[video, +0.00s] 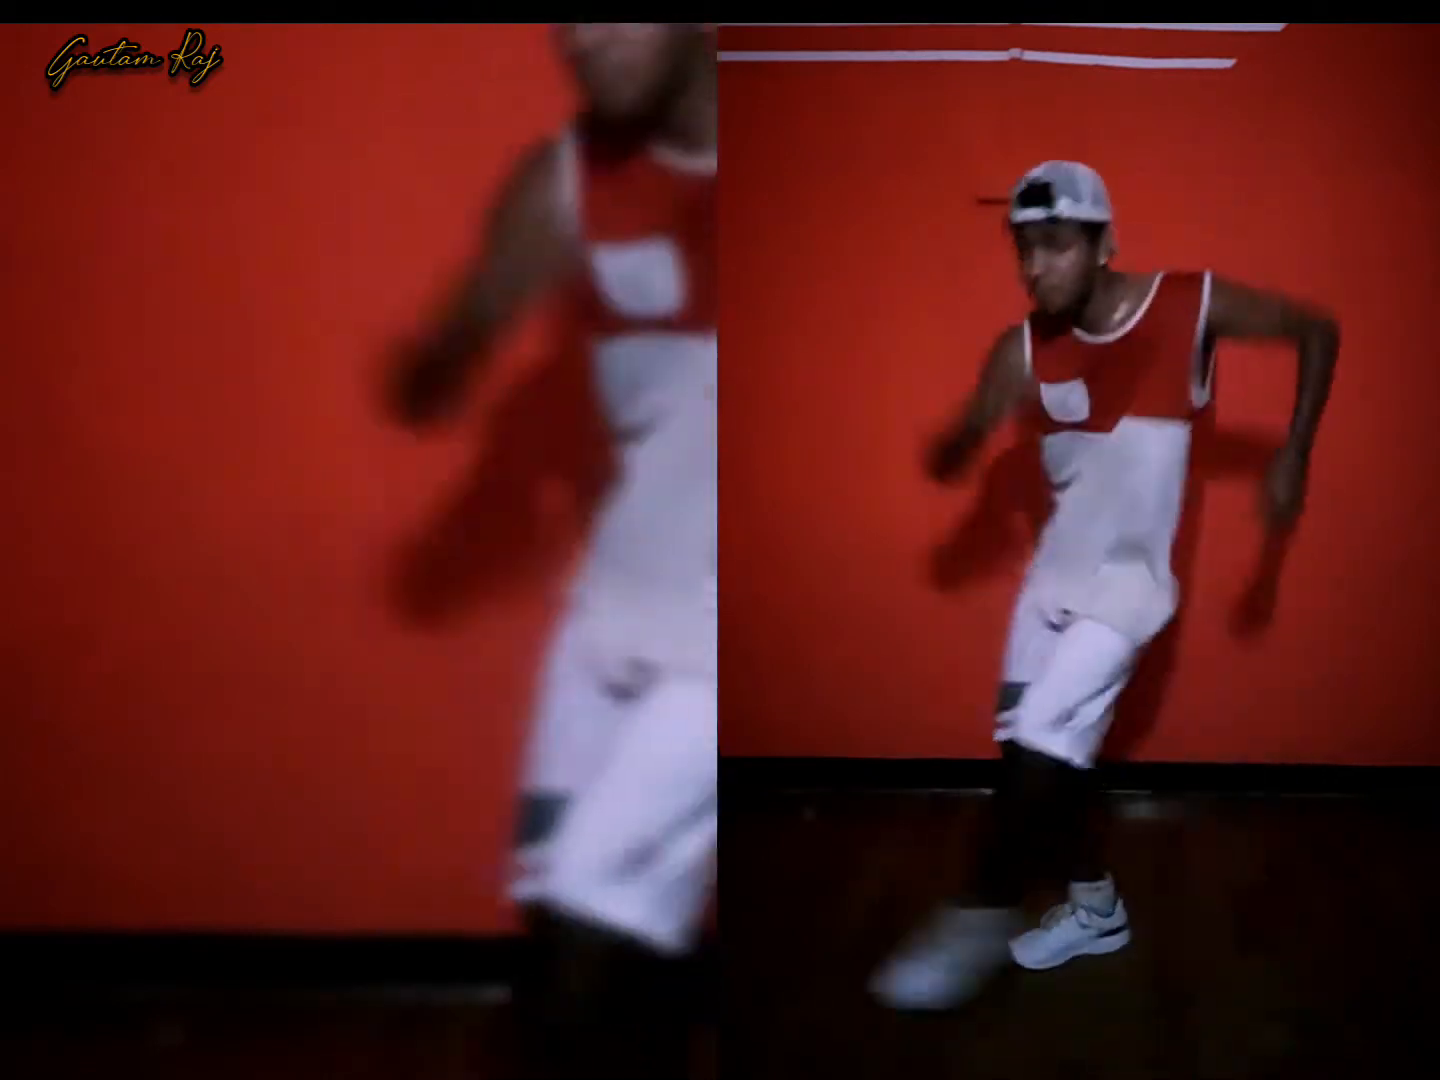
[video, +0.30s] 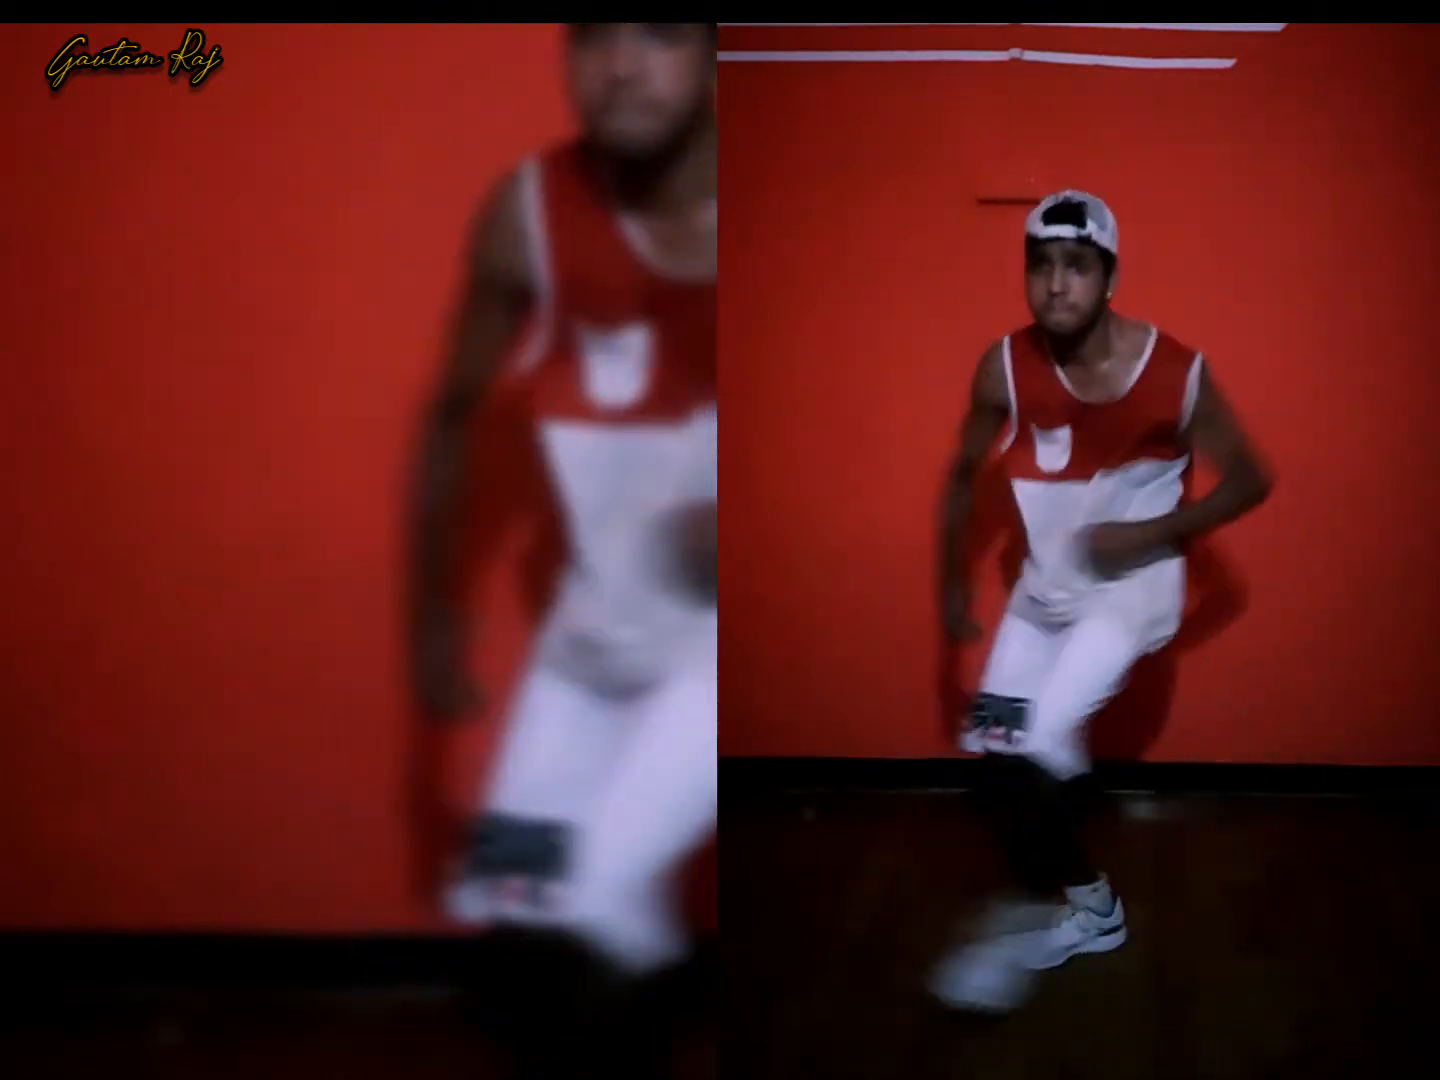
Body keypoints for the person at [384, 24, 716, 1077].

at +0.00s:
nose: (590, 45)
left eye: (618, 22)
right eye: (578, 26)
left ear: (693, 27)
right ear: (566, 42)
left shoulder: (777, 163)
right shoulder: (568, 175)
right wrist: (481, 305)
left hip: (738, 618)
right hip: (619, 599)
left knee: (601, 906)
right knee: (556, 900)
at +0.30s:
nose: (623, 65)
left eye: (657, 36)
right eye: (598, 39)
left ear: (712, 58)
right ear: (568, 61)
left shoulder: (768, 209)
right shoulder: (531, 211)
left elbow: (836, 408)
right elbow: (456, 419)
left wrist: (757, 525)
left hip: (728, 632)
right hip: (588, 627)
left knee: (606, 895)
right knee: (502, 897)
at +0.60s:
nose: (669, 104)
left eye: (701, 71)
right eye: (641, 71)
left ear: (741, 99)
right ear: (607, 102)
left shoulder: (773, 277)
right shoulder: (633, 279)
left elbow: (743, 508)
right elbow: (694, 510)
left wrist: (633, 338)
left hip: (750, 647)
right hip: (714, 649)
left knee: (589, 936)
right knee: (585, 937)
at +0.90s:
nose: (645, 50)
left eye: (672, 24)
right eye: (618, 27)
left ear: (723, 40)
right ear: (588, 47)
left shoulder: (790, 189)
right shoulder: (560, 210)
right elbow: (546, 445)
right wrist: (646, 505)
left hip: (769, 594)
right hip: (636, 591)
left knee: (707, 943)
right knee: (557, 895)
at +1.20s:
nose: (713, 82)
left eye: (734, 51)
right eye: (684, 51)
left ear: (773, 74)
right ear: (647, 78)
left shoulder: (830, 235)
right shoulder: (593, 251)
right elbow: (515, 531)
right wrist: (610, 474)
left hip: (748, 693)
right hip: (592, 674)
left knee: (729, 1015)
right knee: (500, 983)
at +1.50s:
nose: (732, 60)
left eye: (748, 40)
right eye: (713, 39)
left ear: (793, 59)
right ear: (678, 52)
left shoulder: (845, 190)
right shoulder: (589, 207)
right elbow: (495, 318)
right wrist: (553, 505)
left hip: (835, 590)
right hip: (696, 600)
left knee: (862, 877)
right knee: (703, 895)